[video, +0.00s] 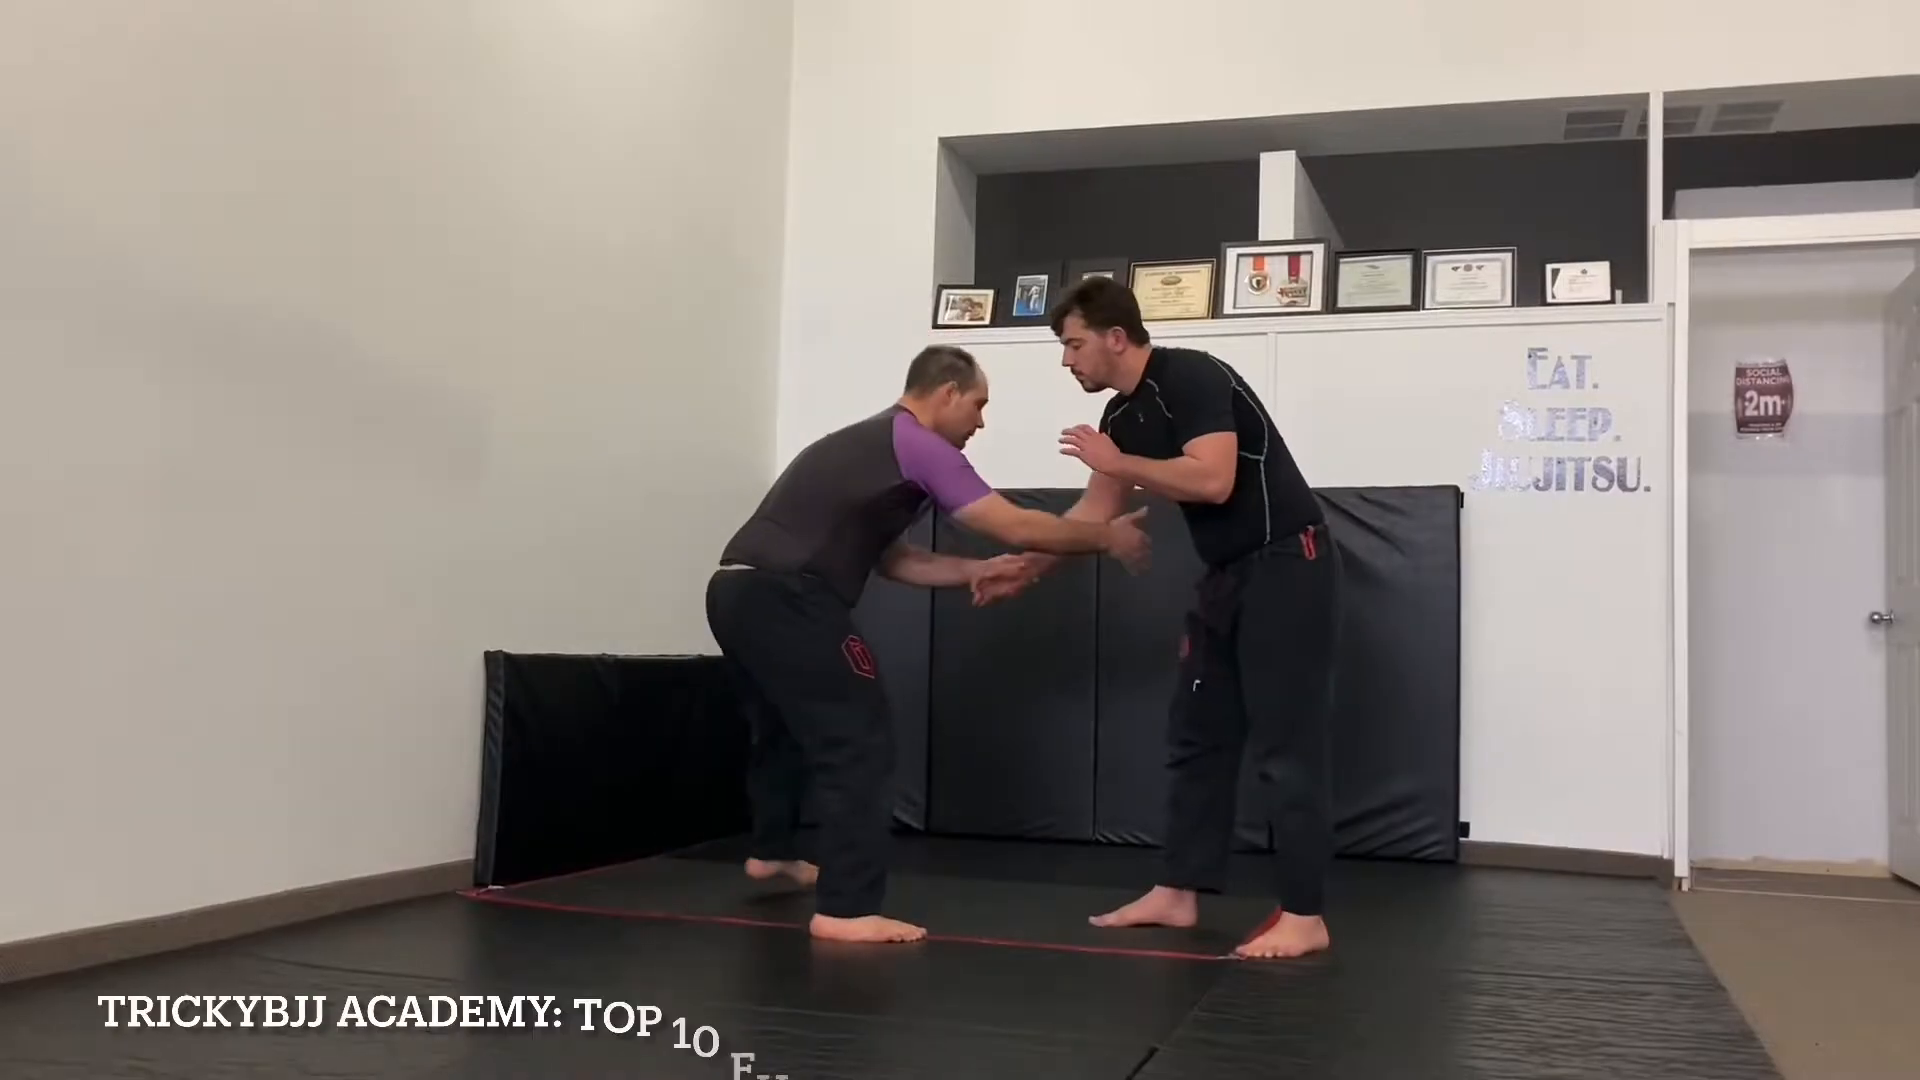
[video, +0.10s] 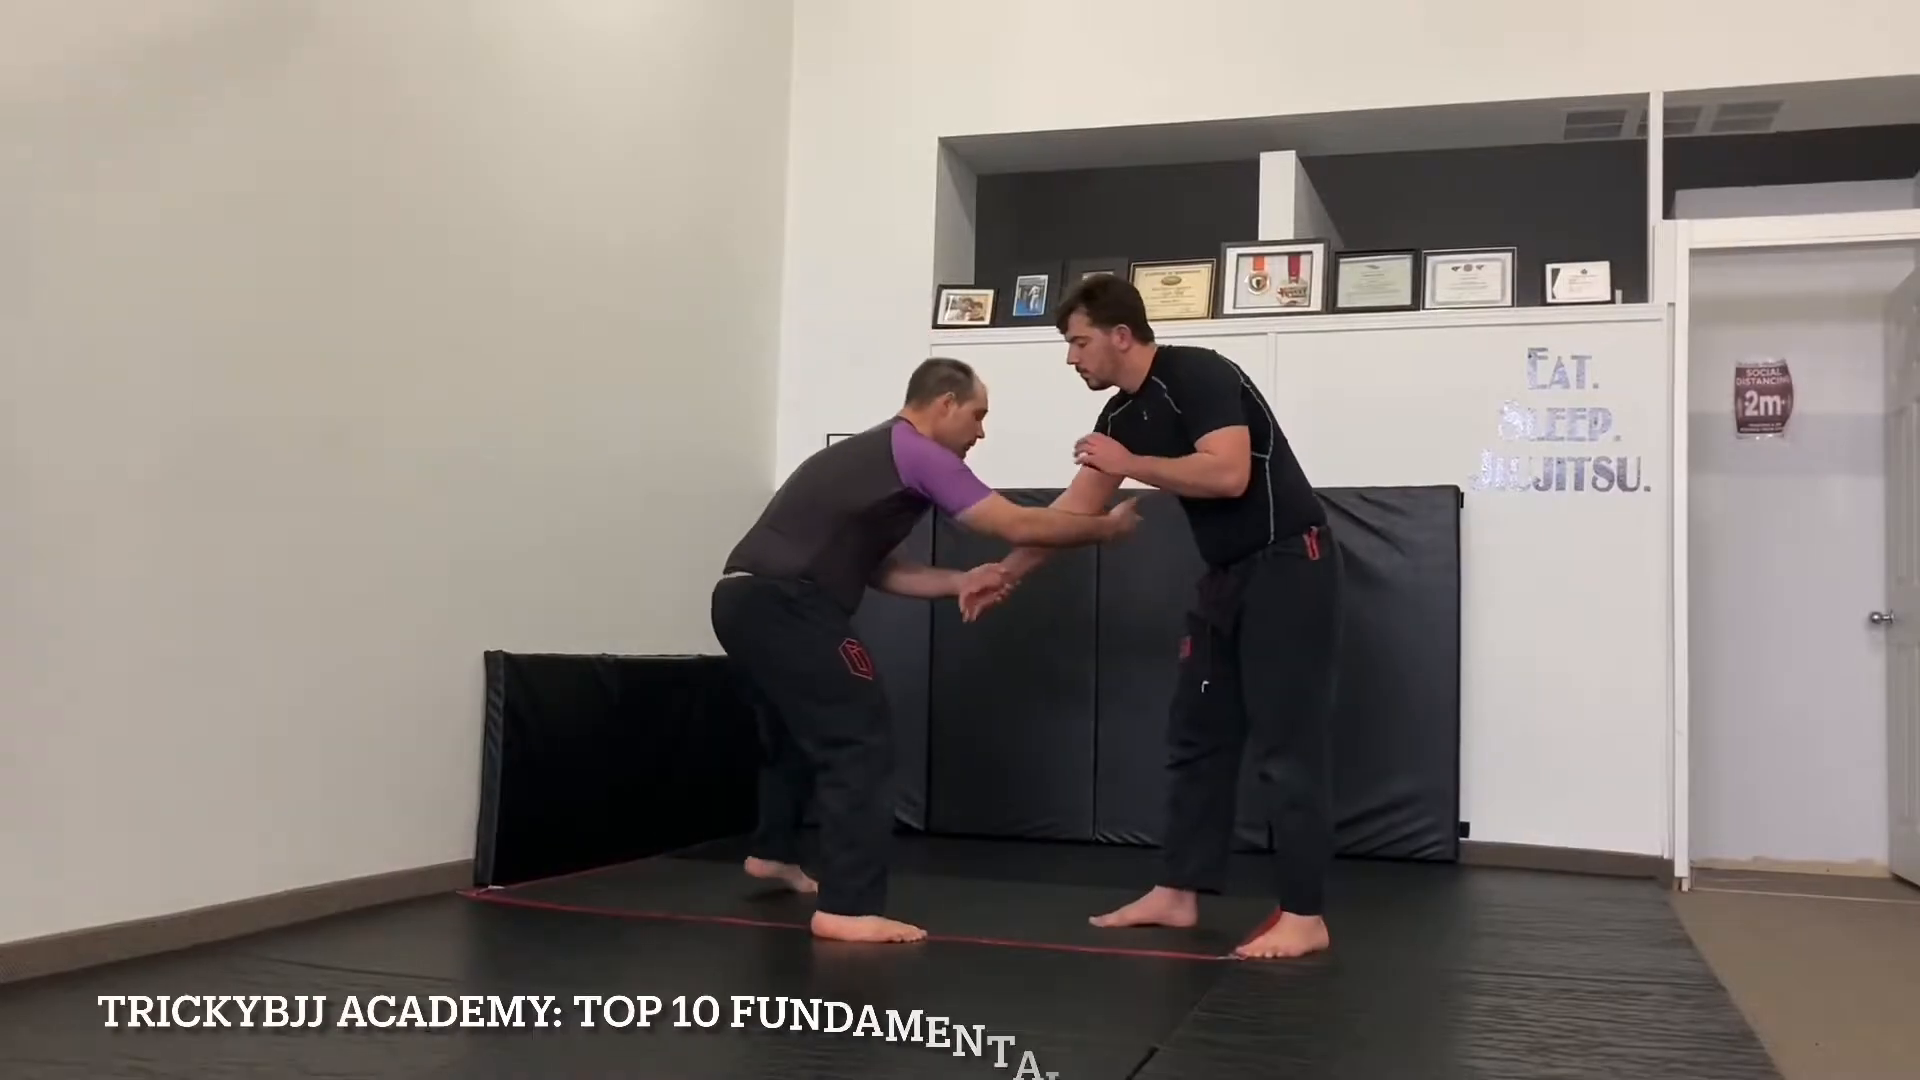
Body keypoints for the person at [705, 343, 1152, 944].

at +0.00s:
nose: (979, 423)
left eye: (982, 409)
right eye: (978, 407)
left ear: (923, 394)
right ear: (947, 393)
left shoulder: (867, 441)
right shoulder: (919, 442)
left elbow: (891, 559)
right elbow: (1014, 528)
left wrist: (976, 570)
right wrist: (1105, 537)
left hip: (736, 588)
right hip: (787, 596)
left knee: (785, 724)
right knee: (860, 732)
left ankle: (772, 851)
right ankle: (846, 908)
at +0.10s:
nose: (981, 432)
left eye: (982, 418)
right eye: (978, 416)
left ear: (929, 405)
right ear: (944, 404)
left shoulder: (869, 451)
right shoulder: (917, 449)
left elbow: (880, 570)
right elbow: (1015, 524)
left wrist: (961, 581)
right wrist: (1106, 525)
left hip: (744, 596)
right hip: (785, 603)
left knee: (798, 729)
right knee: (861, 735)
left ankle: (772, 850)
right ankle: (848, 907)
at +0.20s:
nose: (977, 438)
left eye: (978, 425)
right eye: (972, 423)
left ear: (929, 414)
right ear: (937, 413)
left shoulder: (865, 458)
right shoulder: (904, 456)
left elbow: (882, 575)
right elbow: (998, 536)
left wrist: (958, 584)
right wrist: (1078, 520)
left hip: (749, 602)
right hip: (783, 608)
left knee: (809, 735)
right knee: (857, 738)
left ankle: (768, 860)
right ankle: (845, 903)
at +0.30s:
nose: (971, 439)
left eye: (973, 425)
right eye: (965, 424)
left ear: (922, 418)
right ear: (928, 415)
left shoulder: (870, 462)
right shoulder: (897, 461)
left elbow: (894, 575)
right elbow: (982, 540)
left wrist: (959, 580)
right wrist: (1074, 528)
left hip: (752, 605)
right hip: (778, 611)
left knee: (805, 738)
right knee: (844, 737)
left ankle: (769, 866)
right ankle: (840, 894)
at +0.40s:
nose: (969, 437)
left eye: (970, 424)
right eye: (962, 422)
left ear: (919, 419)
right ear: (924, 416)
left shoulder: (872, 463)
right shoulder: (895, 460)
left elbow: (890, 575)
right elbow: (968, 534)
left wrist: (942, 581)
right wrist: (1054, 524)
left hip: (751, 604)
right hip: (779, 610)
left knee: (805, 739)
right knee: (845, 737)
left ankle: (768, 866)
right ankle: (844, 886)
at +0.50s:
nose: (975, 436)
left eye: (976, 424)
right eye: (967, 422)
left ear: (924, 418)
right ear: (929, 414)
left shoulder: (871, 459)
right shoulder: (895, 456)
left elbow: (885, 569)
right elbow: (957, 525)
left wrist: (932, 594)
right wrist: (1050, 516)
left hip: (755, 603)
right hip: (787, 607)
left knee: (807, 738)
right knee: (860, 729)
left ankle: (771, 866)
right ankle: (851, 881)